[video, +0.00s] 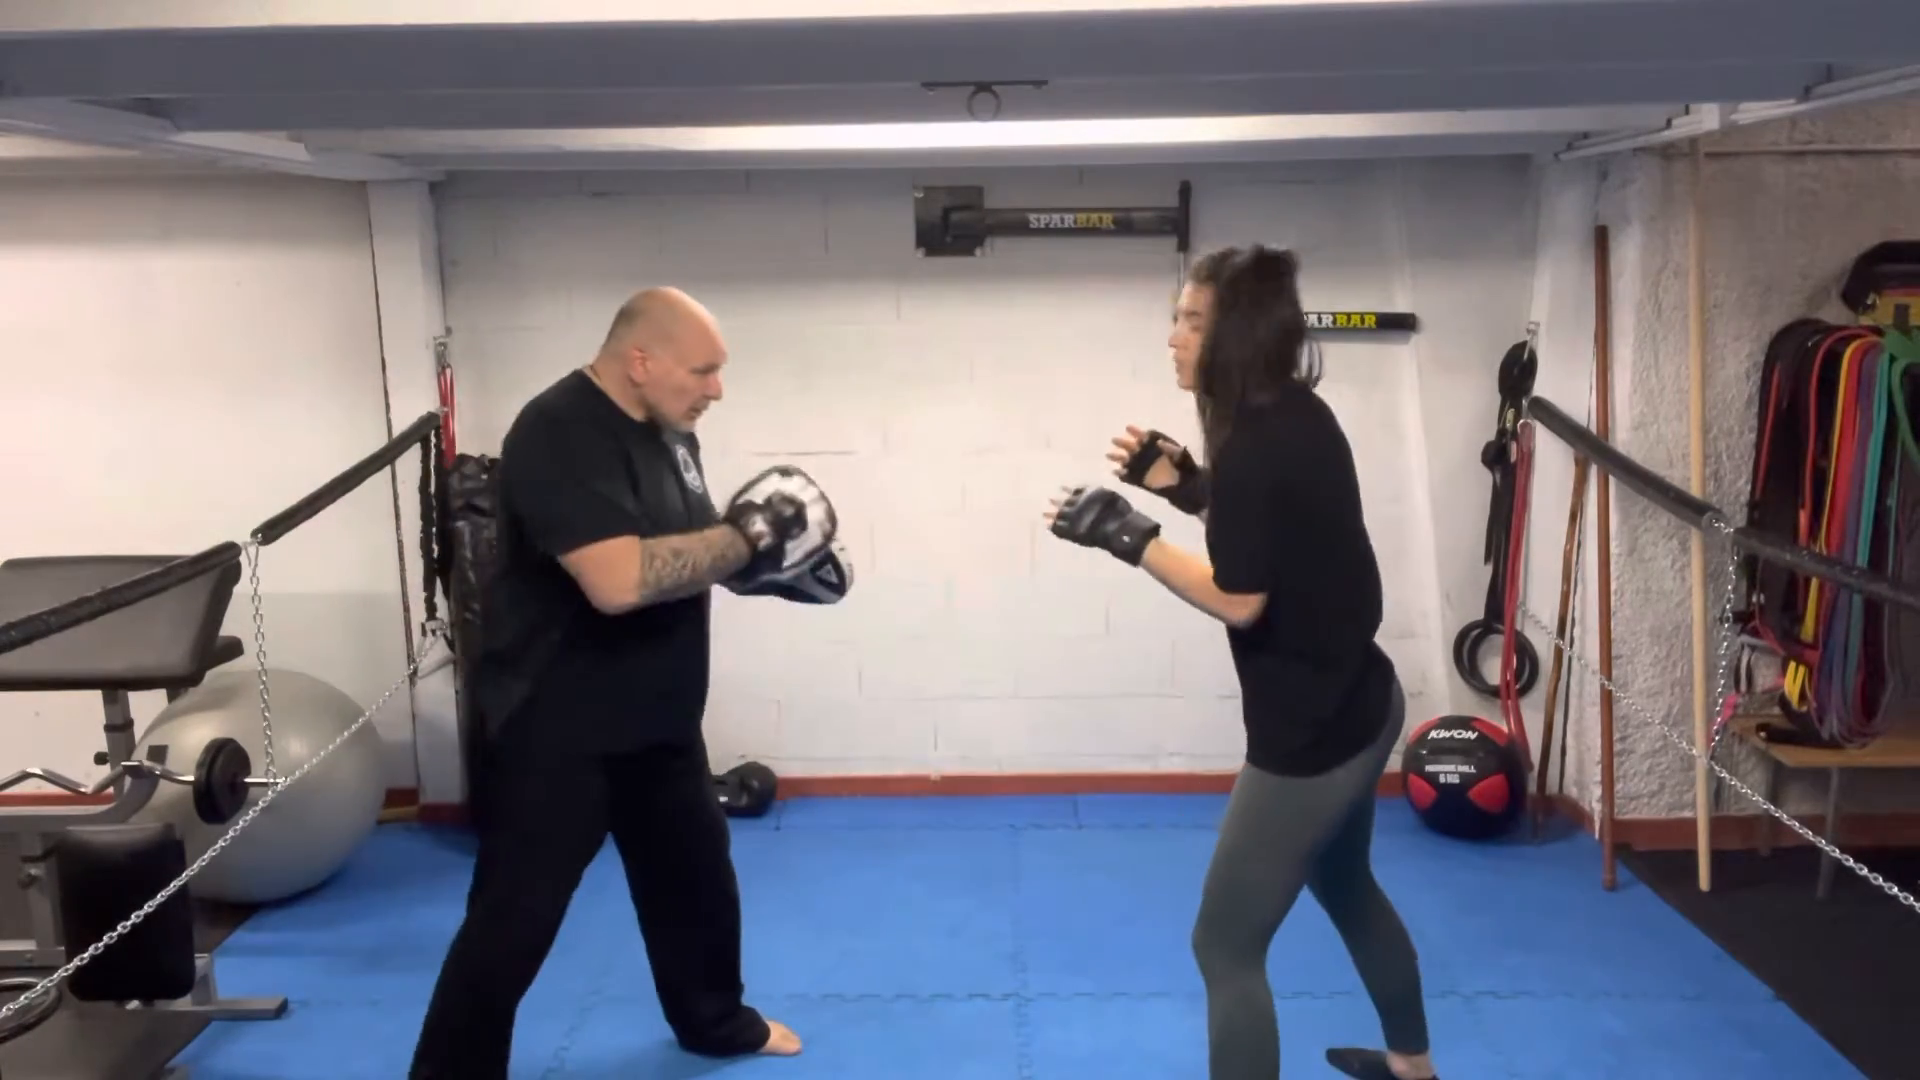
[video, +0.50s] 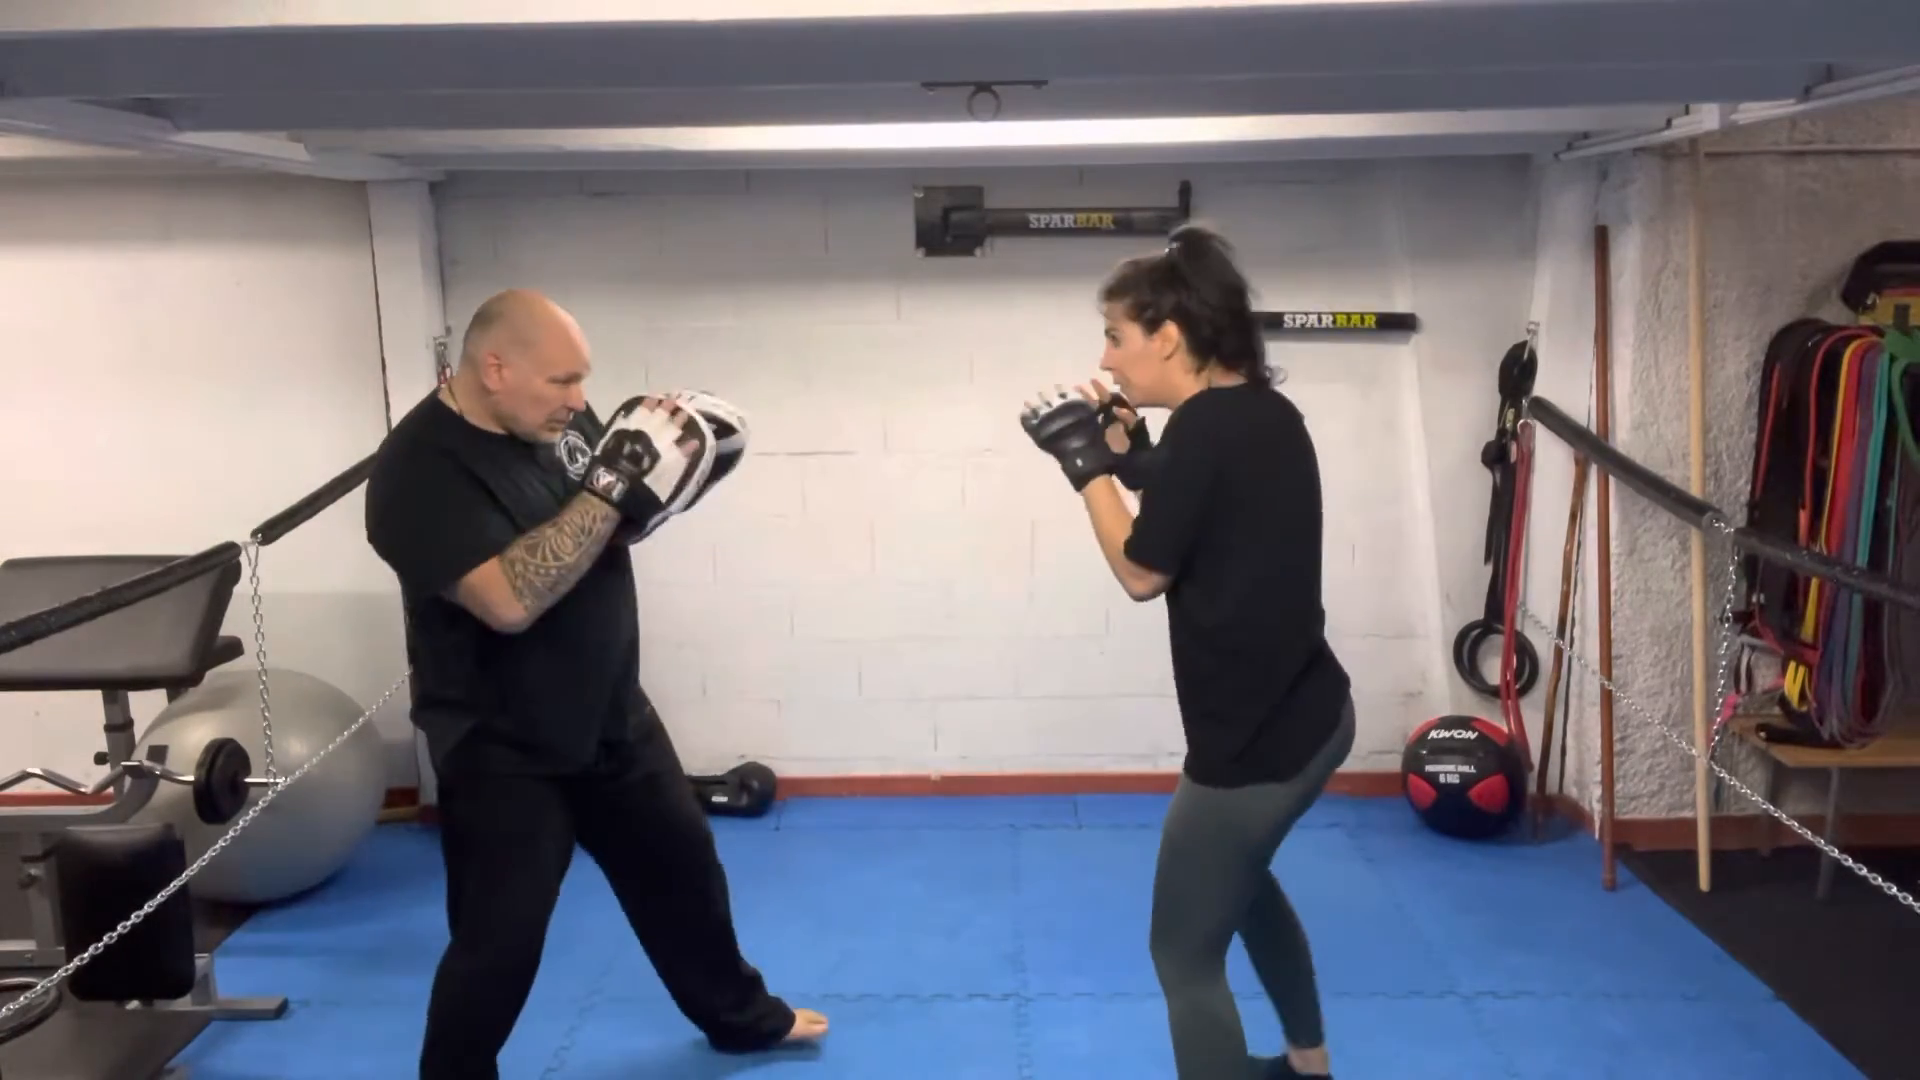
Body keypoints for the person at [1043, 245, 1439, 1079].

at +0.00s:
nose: (1173, 338)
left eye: (1189, 323)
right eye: (1175, 320)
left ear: (1239, 335)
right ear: (1265, 336)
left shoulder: (1255, 440)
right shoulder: (1300, 416)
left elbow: (1239, 601)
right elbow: (1288, 530)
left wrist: (1130, 537)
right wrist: (1191, 485)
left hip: (1309, 736)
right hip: (1358, 706)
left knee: (1227, 946)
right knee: (1346, 885)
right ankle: (1412, 1061)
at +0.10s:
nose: (1181, 323)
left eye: (1201, 311)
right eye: (1188, 306)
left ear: (1248, 332)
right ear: (1251, 334)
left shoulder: (1257, 437)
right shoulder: (1297, 421)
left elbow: (1216, 591)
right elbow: (1249, 561)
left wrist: (1120, 511)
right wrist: (1174, 476)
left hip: (1306, 741)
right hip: (1357, 712)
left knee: (1222, 947)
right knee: (1343, 886)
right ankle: (1411, 1060)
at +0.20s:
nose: (1163, 333)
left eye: (1179, 316)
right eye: (1168, 314)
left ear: (1233, 334)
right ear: (1236, 336)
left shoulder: (1245, 436)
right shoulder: (1290, 422)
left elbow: (1186, 582)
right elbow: (1221, 554)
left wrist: (1114, 481)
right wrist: (1163, 460)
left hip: (1296, 744)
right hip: (1346, 713)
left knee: (1205, 948)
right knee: (1338, 888)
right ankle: (1410, 1060)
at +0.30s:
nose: (1136, 348)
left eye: (1149, 328)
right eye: (1140, 329)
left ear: (1204, 336)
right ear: (1206, 334)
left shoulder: (1229, 433)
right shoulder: (1286, 419)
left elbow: (1156, 570)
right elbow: (1220, 537)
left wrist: (1105, 464)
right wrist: (1151, 447)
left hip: (1274, 748)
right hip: (1337, 720)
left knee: (1191, 951)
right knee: (1313, 888)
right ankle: (1399, 1053)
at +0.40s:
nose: (1117, 356)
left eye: (1128, 335)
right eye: (1119, 336)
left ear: (1183, 336)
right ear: (1189, 332)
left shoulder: (1208, 431)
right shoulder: (1280, 416)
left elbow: (1137, 565)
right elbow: (1216, 530)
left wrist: (1092, 453)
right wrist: (1141, 442)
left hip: (1256, 755)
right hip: (1326, 720)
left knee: (1187, 955)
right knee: (1267, 873)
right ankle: (1363, 1046)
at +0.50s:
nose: (1104, 360)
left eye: (1114, 337)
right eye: (1106, 338)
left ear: (1170, 335)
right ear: (1178, 334)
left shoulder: (1201, 430)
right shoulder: (1274, 415)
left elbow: (1142, 571)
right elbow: (1231, 530)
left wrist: (1089, 468)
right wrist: (1141, 459)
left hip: (1248, 750)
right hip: (1313, 717)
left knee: (1185, 956)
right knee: (1241, 878)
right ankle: (1309, 1055)